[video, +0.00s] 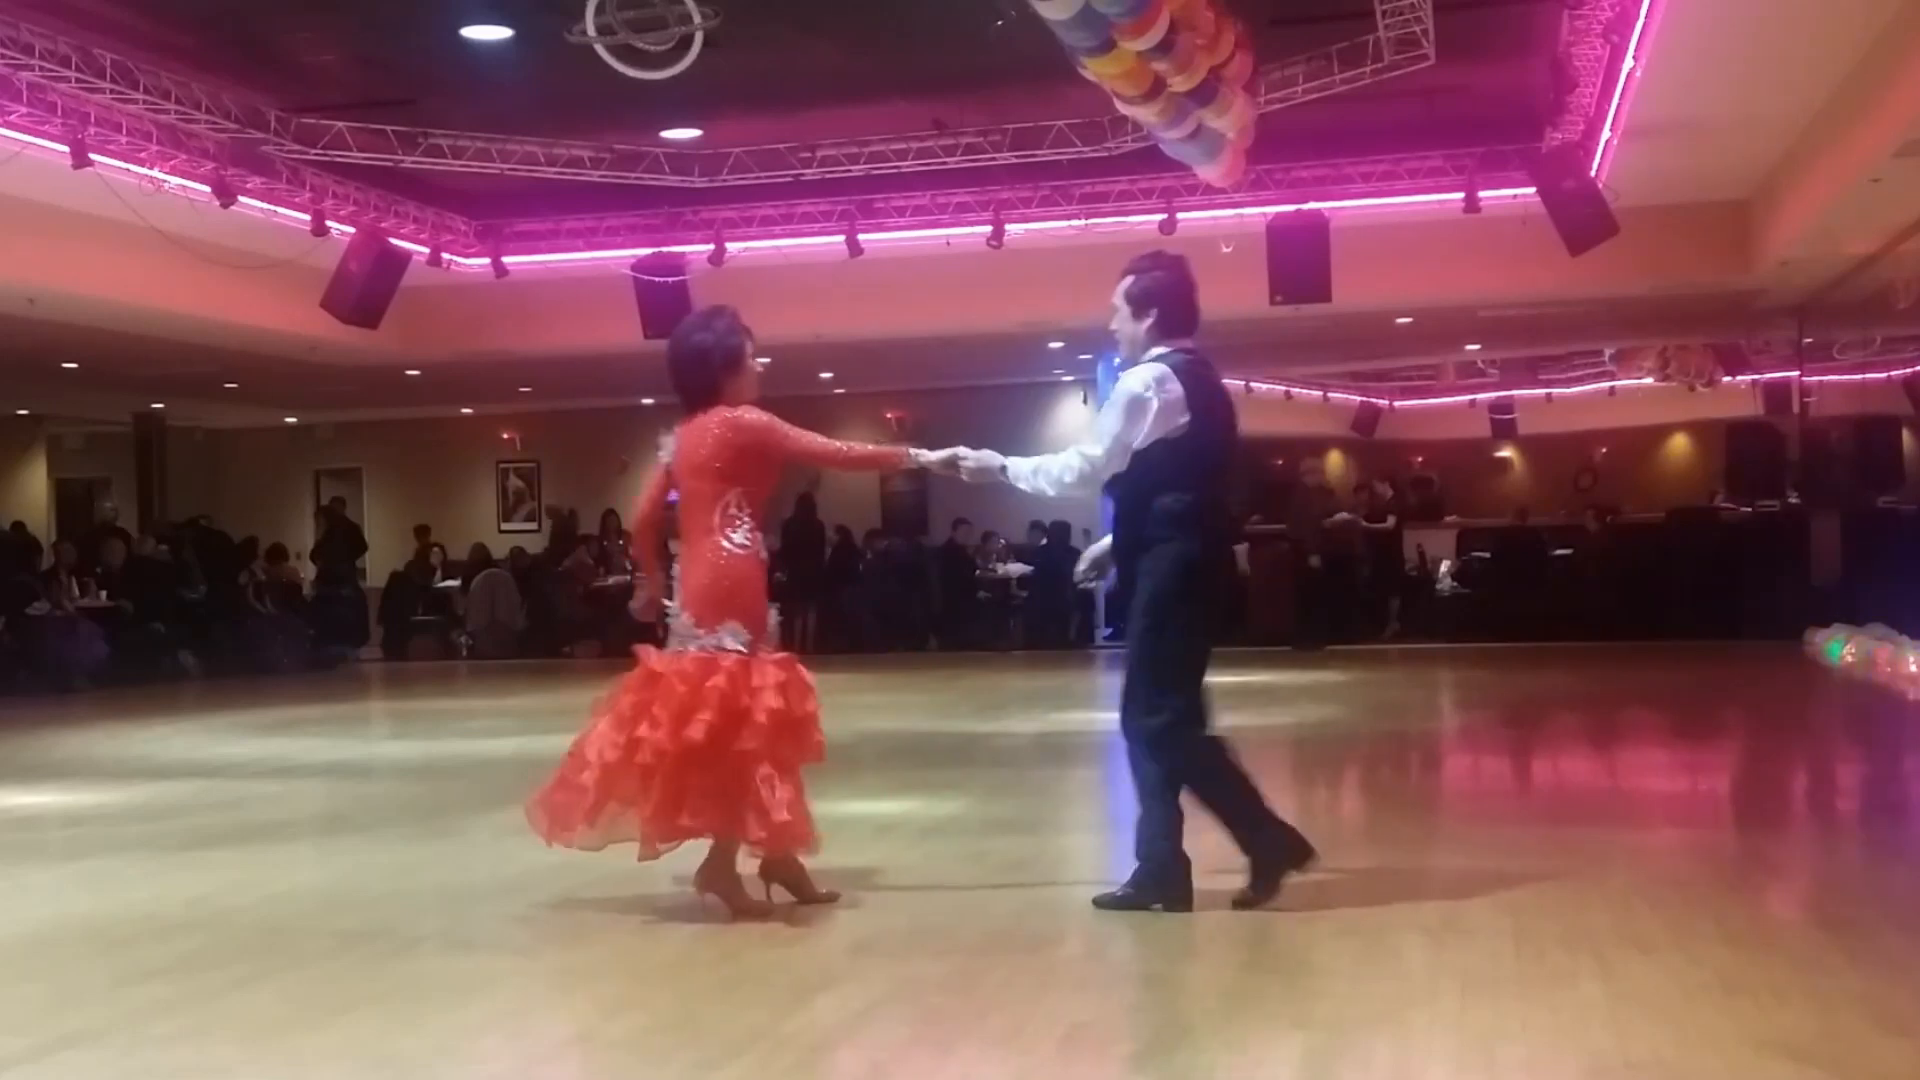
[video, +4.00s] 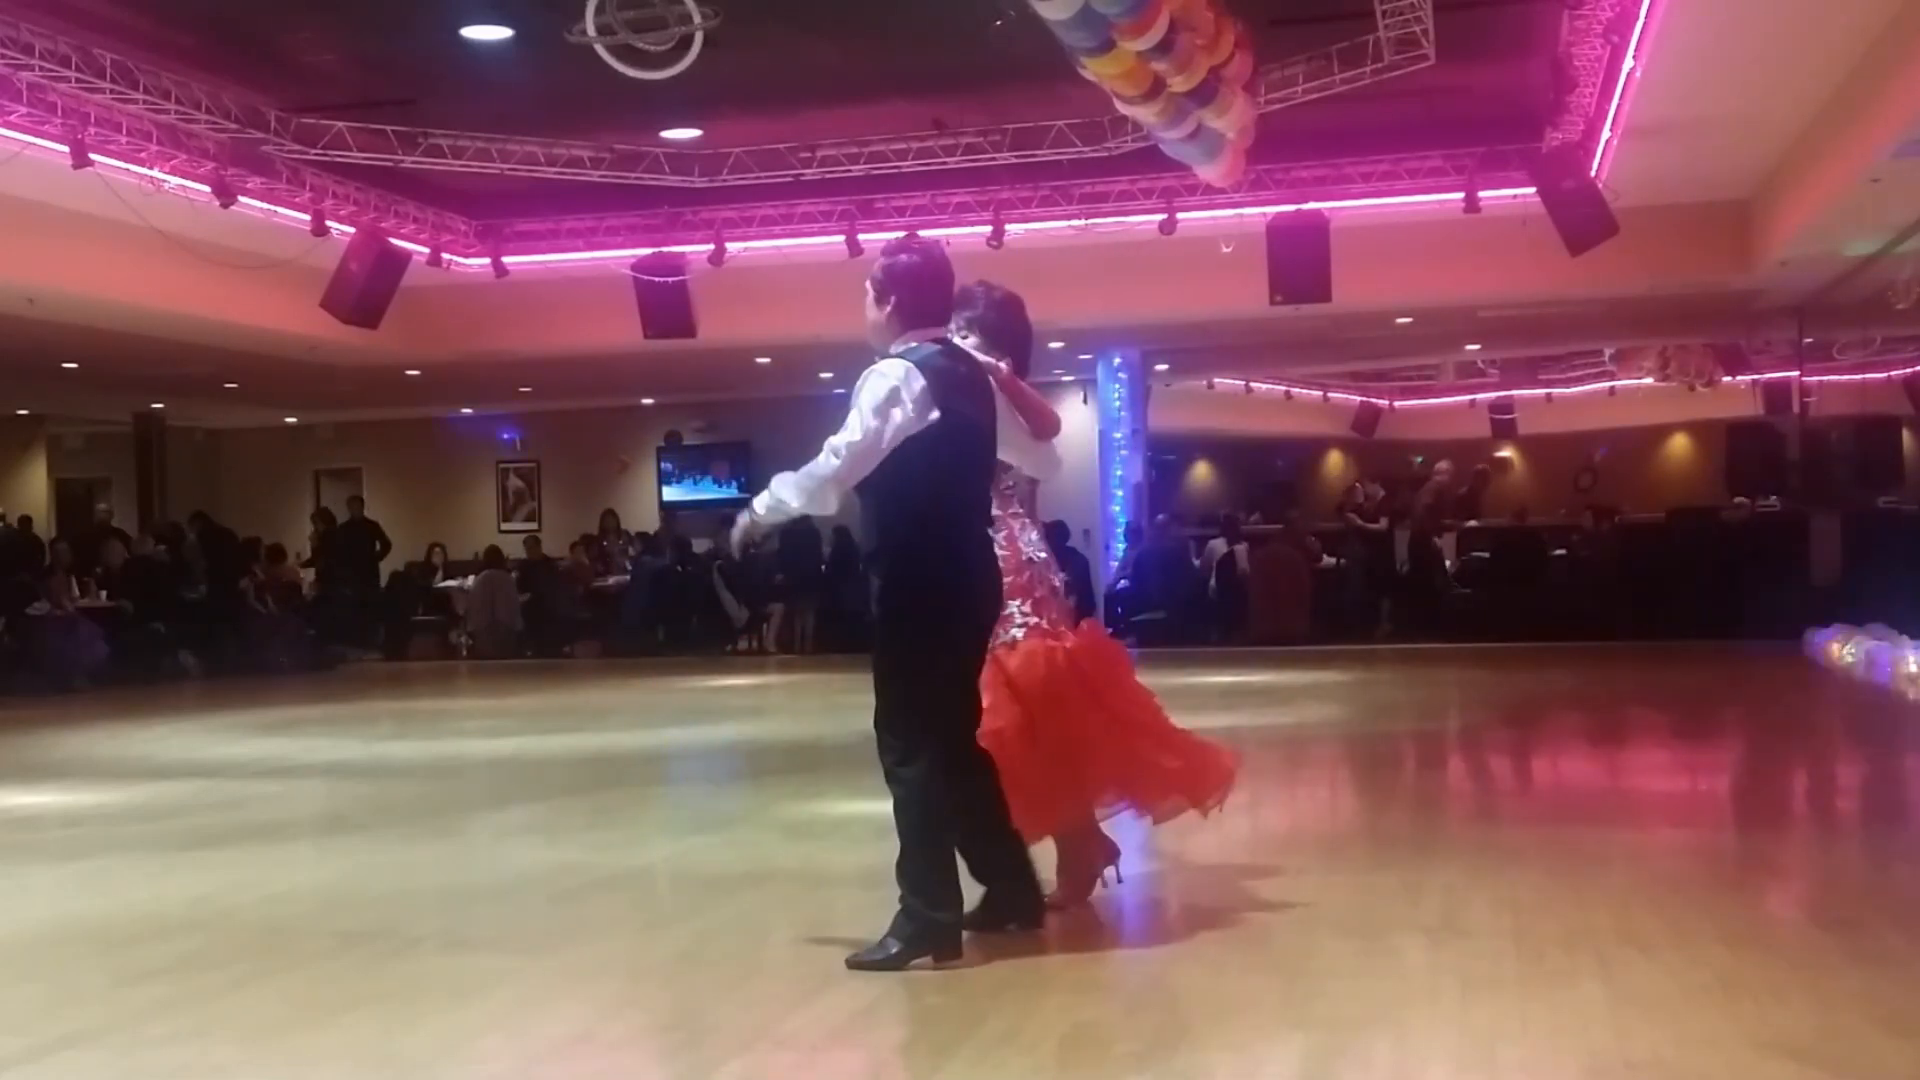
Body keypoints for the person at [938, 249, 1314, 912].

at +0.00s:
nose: (1112, 326)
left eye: (1119, 313)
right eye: (1114, 313)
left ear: (1149, 316)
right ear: (1165, 316)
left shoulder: (1149, 380)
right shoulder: (1197, 377)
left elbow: (1086, 469)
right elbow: (1177, 484)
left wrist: (993, 466)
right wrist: (1119, 540)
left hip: (1172, 562)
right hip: (1192, 557)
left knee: (1154, 716)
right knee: (1162, 714)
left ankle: (1270, 841)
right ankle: (1160, 870)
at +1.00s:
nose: (934, 317)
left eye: (935, 308)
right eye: (1013, 306)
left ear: (941, 313)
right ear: (1006, 309)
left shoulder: (929, 386)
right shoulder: (1056, 382)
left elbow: (916, 494)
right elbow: (1120, 465)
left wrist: (895, 577)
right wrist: (1073, 469)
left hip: (956, 583)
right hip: (1036, 582)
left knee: (913, 735)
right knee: (1039, 737)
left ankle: (905, 898)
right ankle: (1058, 902)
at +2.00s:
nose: (1006, 308)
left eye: (1002, 296)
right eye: (1001, 296)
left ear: (926, 301)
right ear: (992, 300)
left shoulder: (891, 378)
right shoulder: (1011, 373)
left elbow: (884, 476)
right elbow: (1117, 426)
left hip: (913, 565)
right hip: (990, 568)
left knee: (920, 726)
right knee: (1032, 731)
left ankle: (886, 895)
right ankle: (1055, 902)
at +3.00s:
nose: (944, 316)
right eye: (946, 305)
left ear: (881, 305)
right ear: (947, 309)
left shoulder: (842, 389)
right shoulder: (962, 384)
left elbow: (785, 479)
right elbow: (1047, 446)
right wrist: (1111, 475)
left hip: (860, 571)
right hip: (932, 574)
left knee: (880, 730)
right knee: (952, 735)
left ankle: (880, 895)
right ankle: (901, 894)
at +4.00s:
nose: (863, 309)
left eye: (868, 296)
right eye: (866, 295)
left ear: (890, 303)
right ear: (938, 300)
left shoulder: (897, 375)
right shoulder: (973, 371)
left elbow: (839, 465)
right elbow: (1033, 458)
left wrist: (759, 513)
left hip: (917, 588)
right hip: (968, 579)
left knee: (909, 750)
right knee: (952, 742)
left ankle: (925, 919)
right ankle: (1011, 892)